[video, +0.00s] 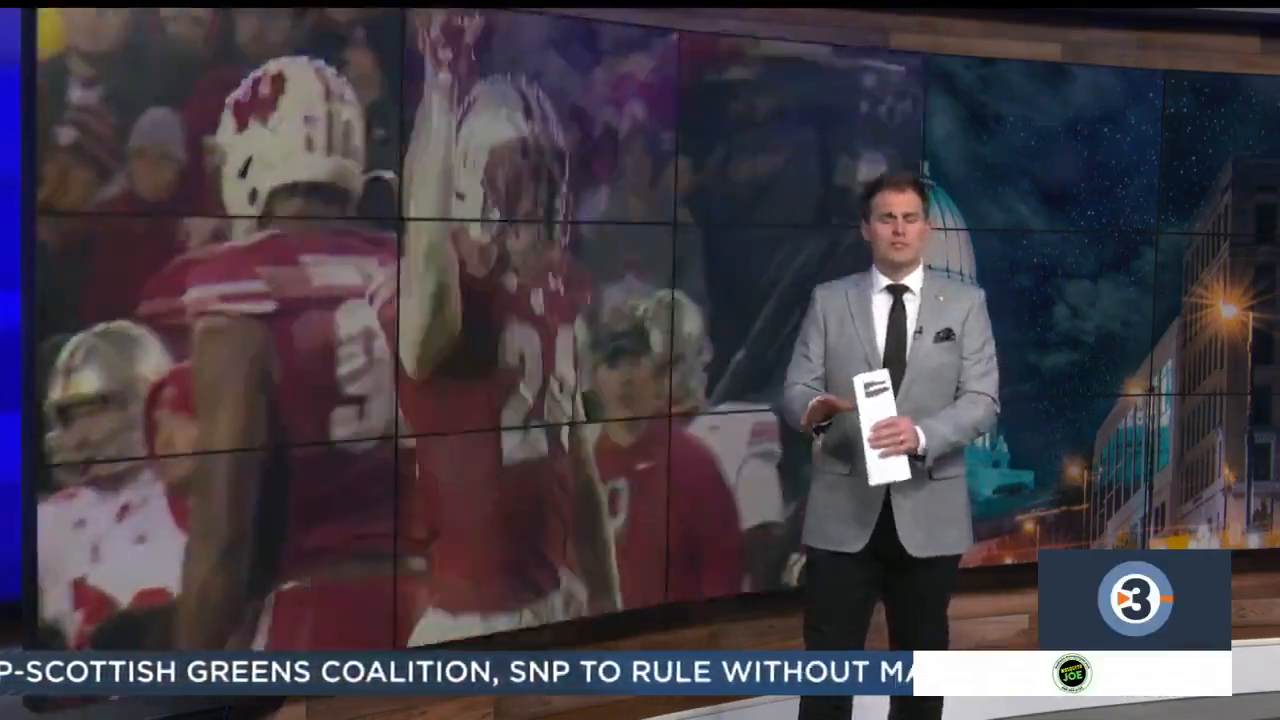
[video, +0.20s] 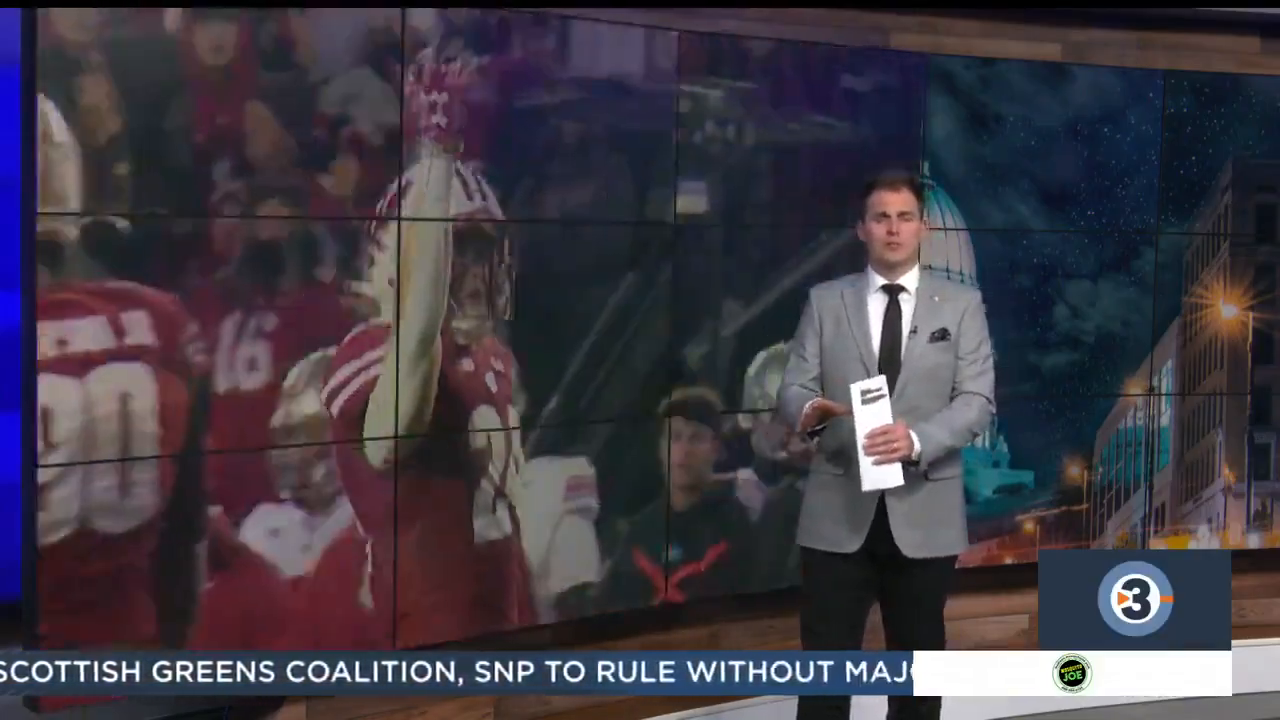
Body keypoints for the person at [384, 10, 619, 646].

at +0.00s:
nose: (533, 183)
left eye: (545, 163)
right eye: (514, 163)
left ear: (561, 172)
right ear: (462, 169)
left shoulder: (555, 288)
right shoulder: (421, 288)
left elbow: (584, 470)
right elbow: (424, 350)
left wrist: (607, 607)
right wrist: (440, 95)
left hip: (559, 602)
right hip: (465, 615)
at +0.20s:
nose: (466, 269)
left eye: (480, 250)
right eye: (450, 249)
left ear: (498, 263)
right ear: (393, 256)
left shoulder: (495, 357)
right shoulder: (366, 358)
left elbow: (506, 501)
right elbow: (421, 333)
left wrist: (528, 614)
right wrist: (437, 151)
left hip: (507, 628)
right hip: (427, 636)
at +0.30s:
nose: (452, 289)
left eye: (461, 267)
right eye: (431, 267)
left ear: (474, 280)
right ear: (369, 279)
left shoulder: (452, 385)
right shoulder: (343, 389)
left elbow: (483, 531)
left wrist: (497, 642)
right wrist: (419, 170)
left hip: (475, 662)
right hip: (401, 674)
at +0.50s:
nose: (462, 177)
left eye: (466, 155)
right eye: (442, 154)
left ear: (473, 160)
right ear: (382, 154)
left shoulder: (449, 265)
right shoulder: (341, 264)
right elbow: (362, 355)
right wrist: (422, 213)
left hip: (474, 606)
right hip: (409, 620)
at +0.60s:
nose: (482, 225)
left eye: (487, 204)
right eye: (464, 206)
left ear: (497, 213)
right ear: (399, 211)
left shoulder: (483, 306)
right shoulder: (365, 312)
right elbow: (390, 397)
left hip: (505, 609)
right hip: (437, 619)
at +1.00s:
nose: (438, 172)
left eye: (448, 151)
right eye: (417, 152)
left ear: (460, 156)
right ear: (351, 155)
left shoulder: (438, 260)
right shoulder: (320, 269)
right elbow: (341, 343)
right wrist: (385, 124)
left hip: (482, 613)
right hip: (412, 632)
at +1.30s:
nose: (587, 249)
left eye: (593, 227)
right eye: (562, 232)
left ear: (608, 233)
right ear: (504, 246)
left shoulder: (601, 344)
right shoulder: (508, 366)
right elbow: (474, 602)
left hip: (605, 618)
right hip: (536, 632)